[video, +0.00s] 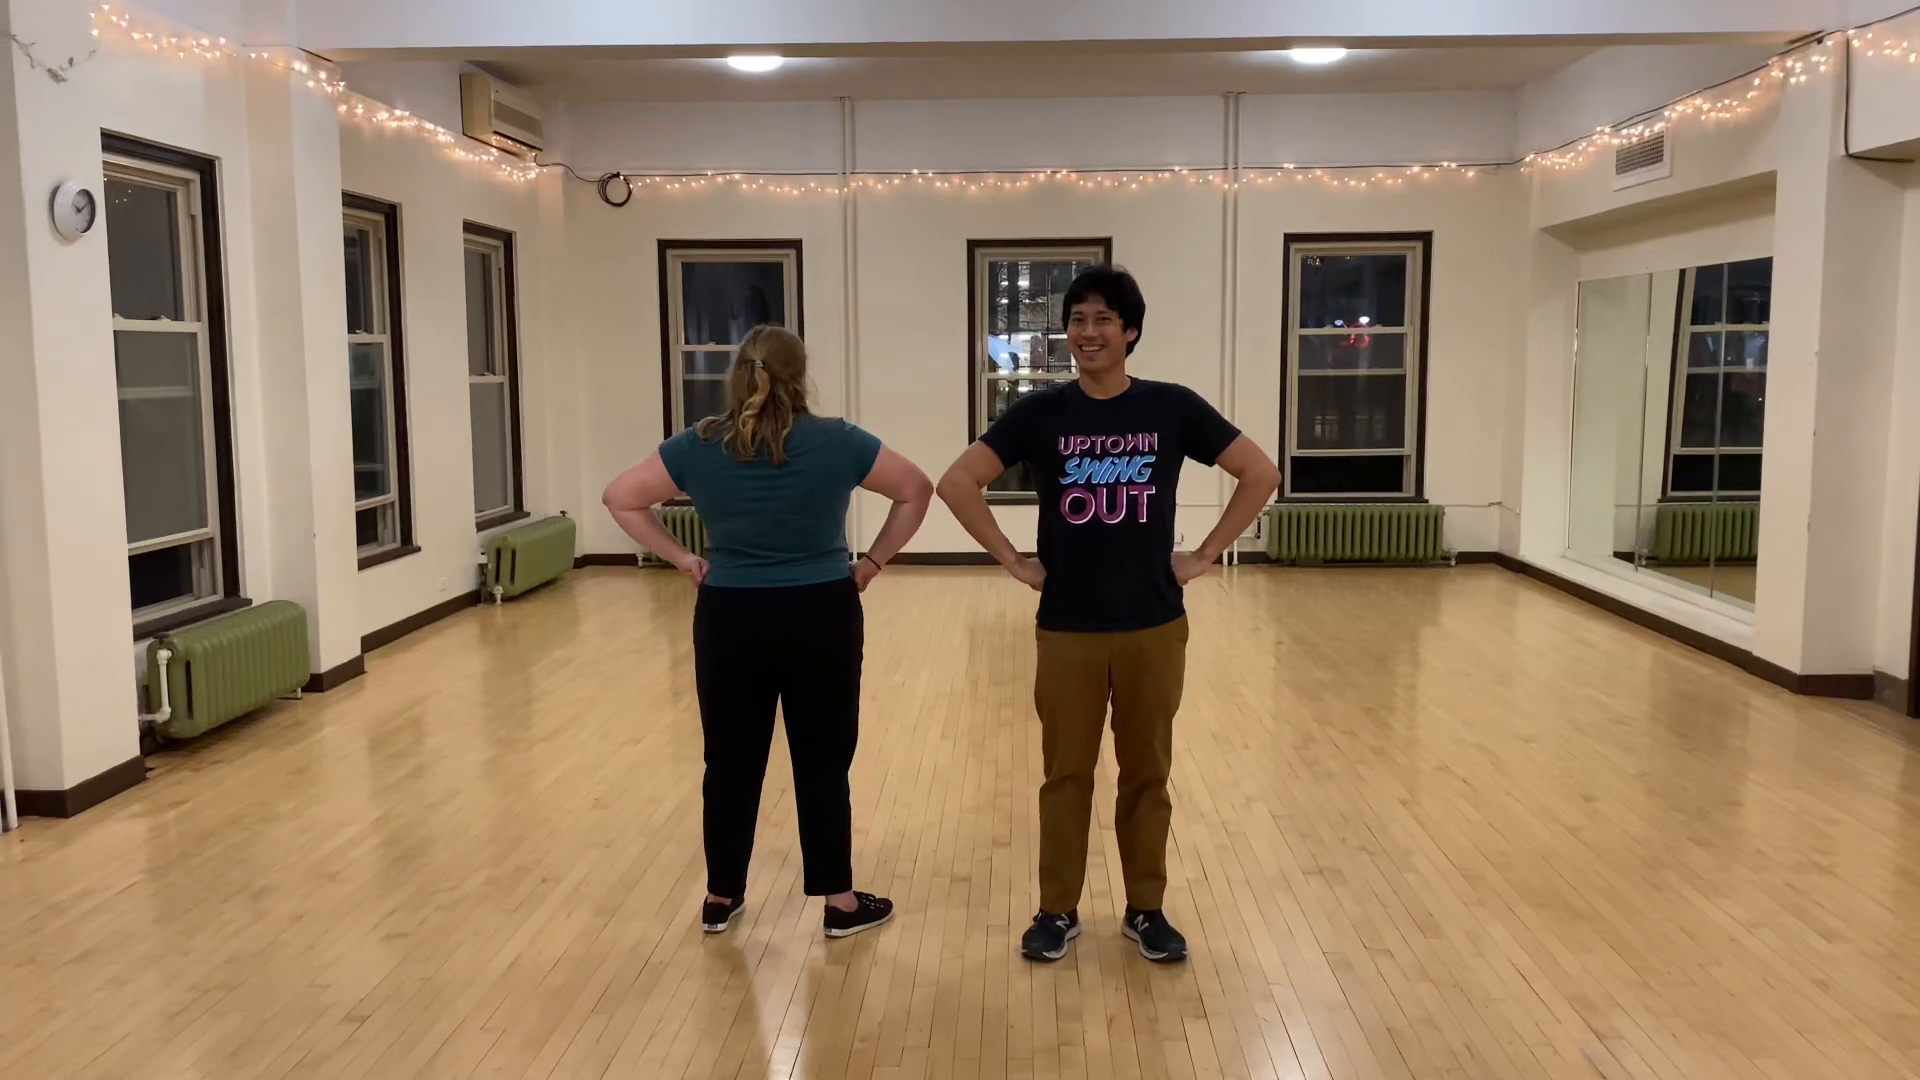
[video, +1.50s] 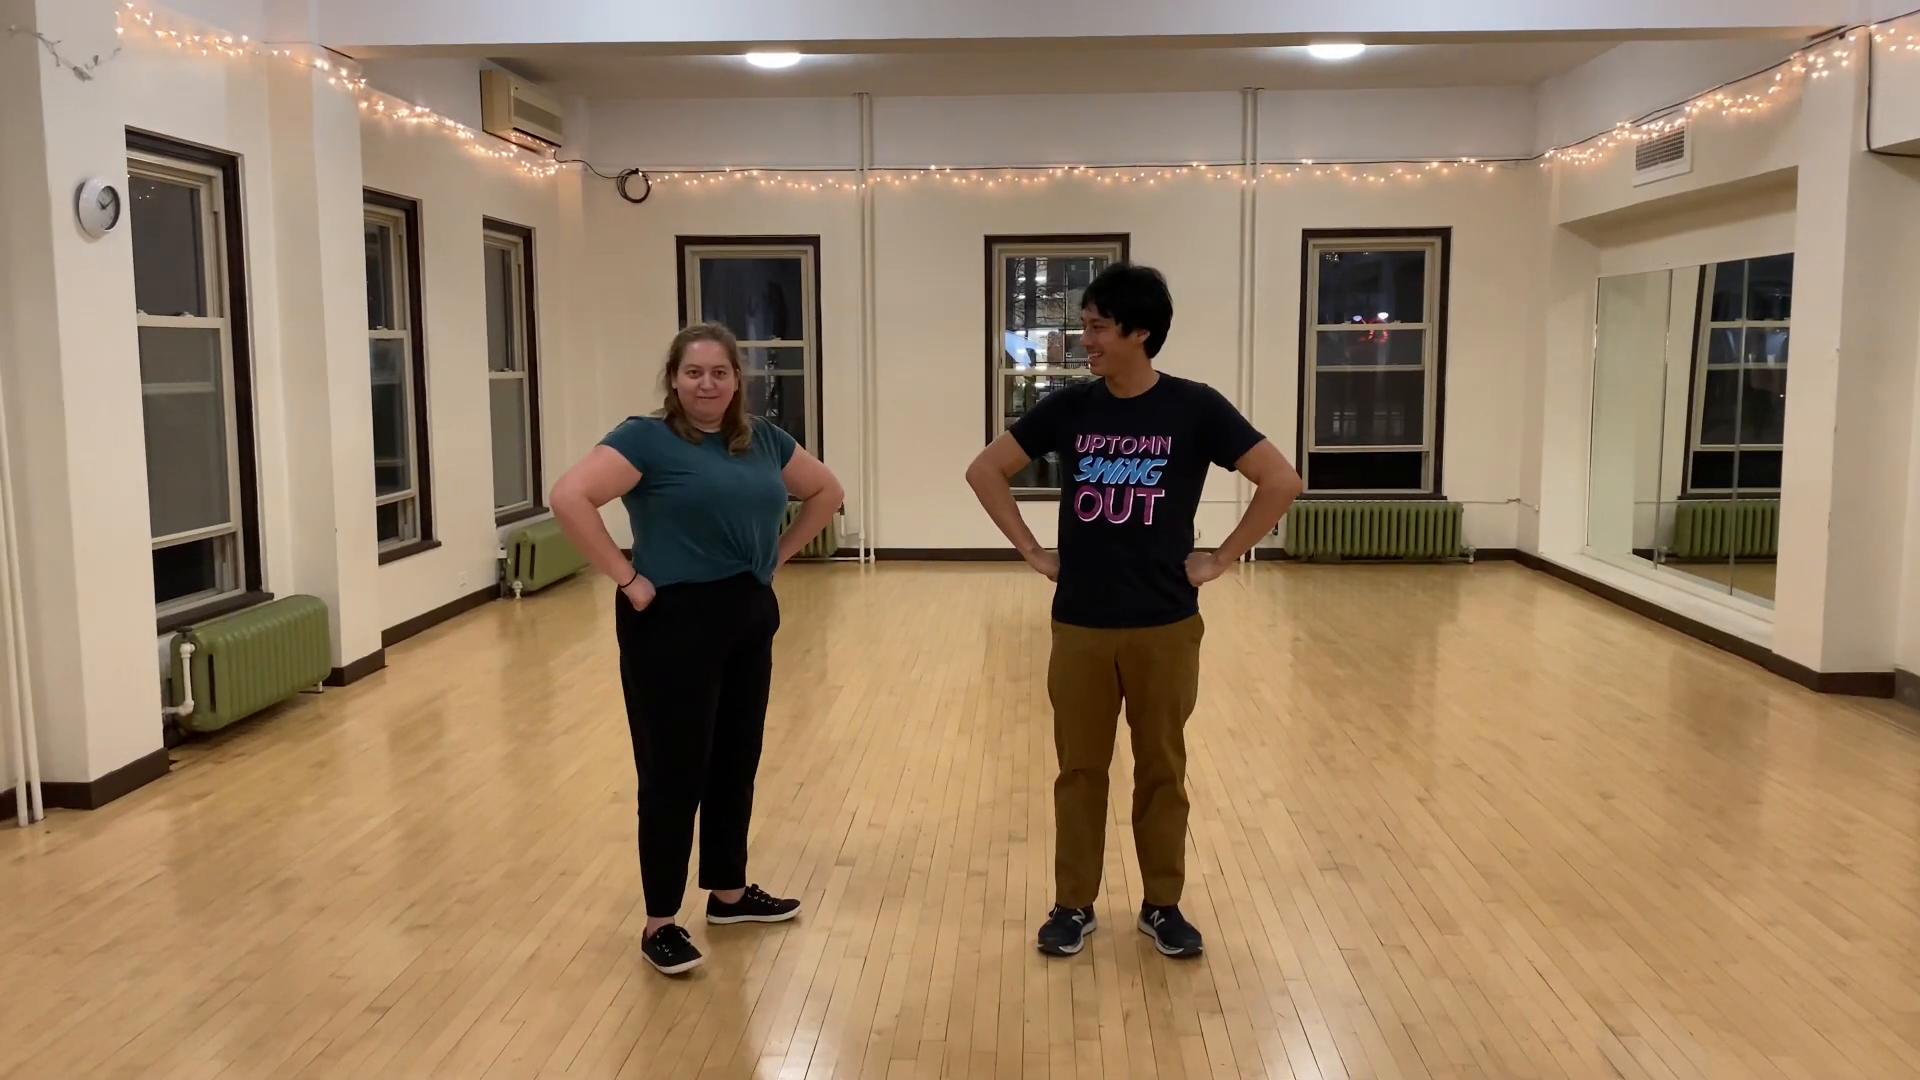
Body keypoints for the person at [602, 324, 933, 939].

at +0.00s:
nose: (801, 378)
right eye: (800, 370)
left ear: (737, 379)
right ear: (800, 379)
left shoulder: (700, 447)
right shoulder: (836, 442)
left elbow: (621, 498)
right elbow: (916, 490)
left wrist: (684, 560)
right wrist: (873, 561)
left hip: (729, 624)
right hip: (821, 621)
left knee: (730, 761)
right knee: (824, 762)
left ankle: (721, 897)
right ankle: (840, 899)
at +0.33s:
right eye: (799, 372)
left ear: (739, 381)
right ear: (802, 381)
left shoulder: (703, 447)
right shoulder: (838, 443)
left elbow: (621, 497)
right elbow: (914, 495)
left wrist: (685, 560)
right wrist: (871, 567)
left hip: (727, 626)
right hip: (820, 624)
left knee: (734, 761)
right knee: (835, 762)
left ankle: (722, 898)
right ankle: (846, 900)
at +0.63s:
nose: (805, 390)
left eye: (806, 379)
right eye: (793, 379)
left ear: (746, 390)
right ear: (757, 385)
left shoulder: (720, 437)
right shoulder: (761, 434)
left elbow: (710, 521)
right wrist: (774, 569)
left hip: (685, 604)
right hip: (747, 607)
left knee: (719, 749)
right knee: (810, 736)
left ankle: (727, 892)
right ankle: (836, 881)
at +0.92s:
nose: (746, 386)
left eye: (758, 376)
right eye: (734, 375)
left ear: (775, 386)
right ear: (714, 381)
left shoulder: (784, 449)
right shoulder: (684, 433)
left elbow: (828, 505)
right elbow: (604, 483)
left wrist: (786, 559)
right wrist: (654, 570)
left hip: (757, 614)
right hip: (686, 613)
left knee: (740, 759)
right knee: (695, 763)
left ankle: (723, 892)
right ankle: (662, 922)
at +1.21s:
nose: (709, 383)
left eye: (722, 372)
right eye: (697, 372)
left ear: (741, 381)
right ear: (677, 379)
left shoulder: (766, 443)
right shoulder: (647, 441)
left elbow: (834, 494)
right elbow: (564, 497)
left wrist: (781, 559)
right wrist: (621, 576)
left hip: (750, 622)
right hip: (671, 625)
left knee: (738, 763)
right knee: (675, 774)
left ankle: (726, 893)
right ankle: (658, 927)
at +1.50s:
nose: (708, 382)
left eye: (720, 372)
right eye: (695, 371)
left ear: (737, 380)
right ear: (674, 379)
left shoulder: (761, 441)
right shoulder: (647, 440)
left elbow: (828, 492)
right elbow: (568, 497)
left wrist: (776, 555)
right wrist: (626, 577)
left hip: (745, 621)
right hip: (668, 624)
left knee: (734, 763)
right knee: (673, 774)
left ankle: (728, 892)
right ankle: (660, 923)